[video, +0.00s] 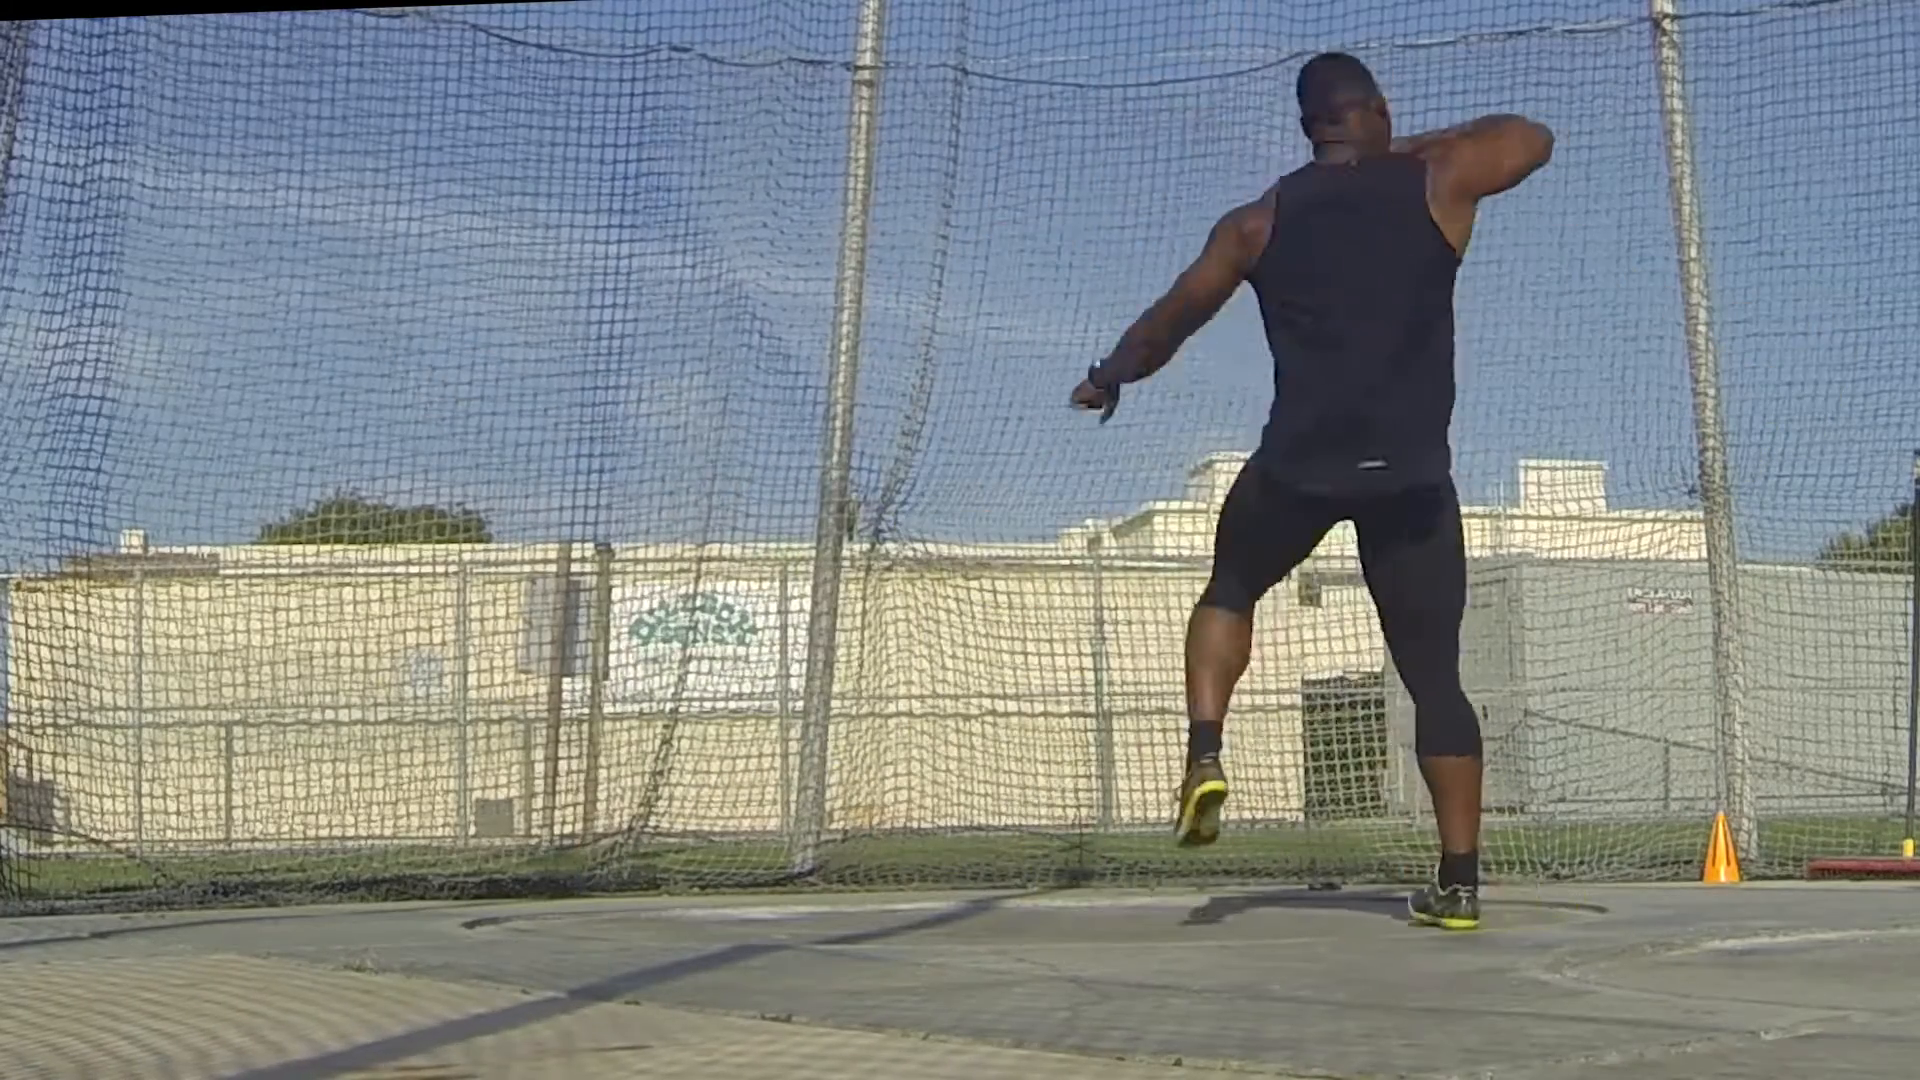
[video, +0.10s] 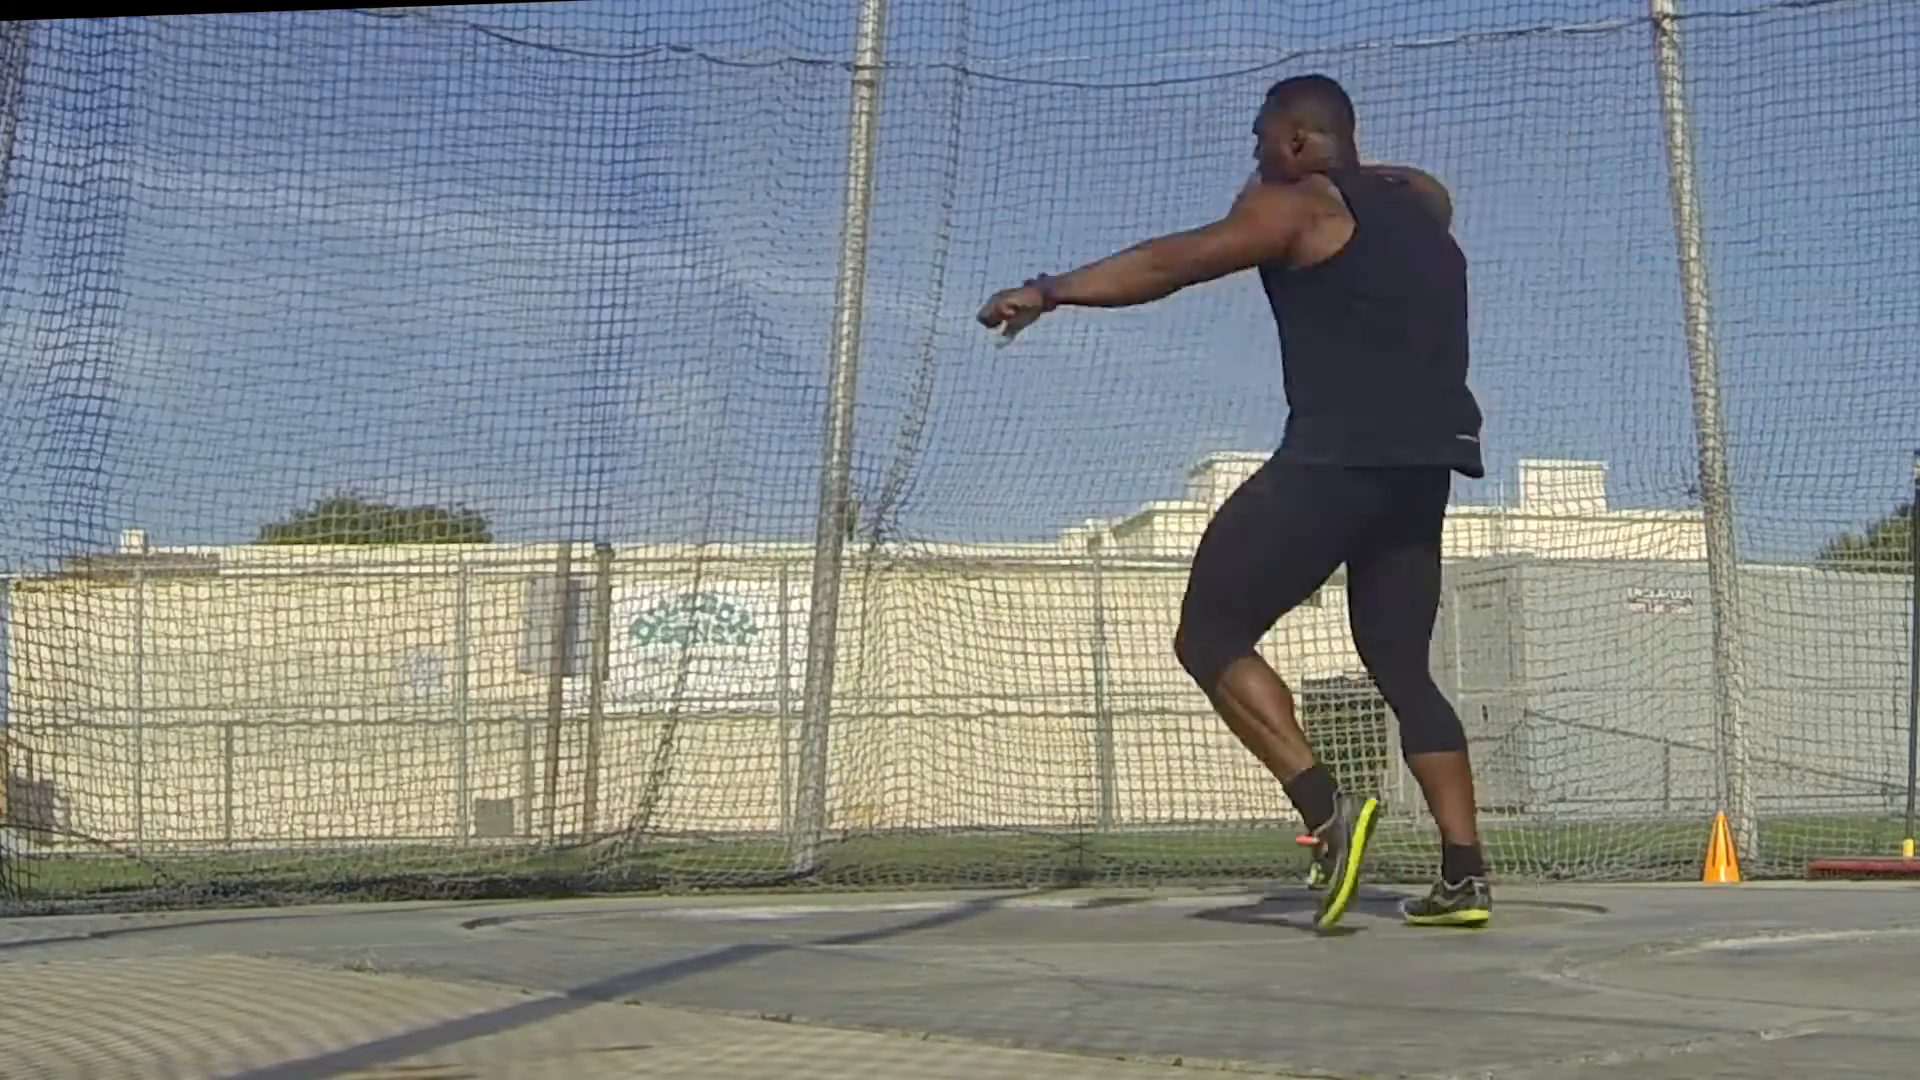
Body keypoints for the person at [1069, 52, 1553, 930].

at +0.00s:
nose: (1385, 120)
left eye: (1372, 110)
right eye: (1381, 108)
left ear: (1306, 130)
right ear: (1376, 115)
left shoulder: (1259, 220)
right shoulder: (1443, 174)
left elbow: (1173, 317)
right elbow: (1534, 138)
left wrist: (1112, 373)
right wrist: (1421, 145)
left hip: (1295, 464)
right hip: (1410, 470)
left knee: (1229, 590)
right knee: (1435, 678)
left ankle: (1205, 756)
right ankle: (1460, 883)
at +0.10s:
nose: (1264, 167)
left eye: (1268, 152)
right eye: (1263, 152)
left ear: (1300, 143)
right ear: (1349, 141)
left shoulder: (1289, 204)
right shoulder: (1421, 196)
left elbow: (1176, 261)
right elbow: (1428, 189)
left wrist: (1050, 291)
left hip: (1328, 462)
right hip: (1419, 468)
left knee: (1209, 637)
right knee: (1403, 663)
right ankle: (1467, 874)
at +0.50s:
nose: (1248, 128)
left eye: (1243, 113)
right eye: (1228, 114)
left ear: (1194, 141)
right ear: (1174, 136)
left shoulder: (1222, 238)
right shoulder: (1137, 238)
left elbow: (1208, 360)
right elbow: (1154, 355)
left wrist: (1273, 462)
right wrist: (1273, 342)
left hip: (1273, 473)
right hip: (1195, 487)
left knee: (1360, 636)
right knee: (1251, 666)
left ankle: (1351, 849)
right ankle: (1213, 875)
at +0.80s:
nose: (1105, 170)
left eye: (1084, 157)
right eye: (1115, 158)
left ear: (1052, 161)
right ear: (1126, 164)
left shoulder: (978, 259)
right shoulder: (1161, 259)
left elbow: (949, 398)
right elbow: (1180, 413)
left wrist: (975, 492)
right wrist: (1163, 503)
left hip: (1017, 505)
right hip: (1130, 508)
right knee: (1179, 675)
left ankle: (903, 867)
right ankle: (1184, 886)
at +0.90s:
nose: (1033, 168)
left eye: (1019, 155)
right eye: (1054, 155)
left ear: (999, 162)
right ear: (1076, 165)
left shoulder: (933, 248)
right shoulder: (1123, 253)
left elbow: (891, 389)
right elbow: (1148, 400)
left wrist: (897, 497)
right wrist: (1144, 509)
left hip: (970, 507)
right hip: (1081, 508)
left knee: (937, 693)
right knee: (1125, 689)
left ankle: (897, 884)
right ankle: (1152, 887)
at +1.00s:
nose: (1001, 166)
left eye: (979, 153)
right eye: (1014, 153)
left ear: (949, 160)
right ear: (1026, 160)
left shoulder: (898, 243)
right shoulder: (1084, 244)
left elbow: (829, 374)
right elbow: (1145, 381)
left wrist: (816, 468)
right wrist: (1149, 474)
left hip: (940, 512)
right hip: (1049, 511)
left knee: (920, 698)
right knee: (1088, 687)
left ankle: (895, 891)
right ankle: (1122, 880)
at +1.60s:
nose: (985, 182)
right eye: (985, 171)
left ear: (902, 168)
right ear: (977, 168)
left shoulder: (835, 252)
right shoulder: (995, 236)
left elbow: (800, 385)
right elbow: (1028, 358)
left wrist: (826, 506)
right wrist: (1073, 486)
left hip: (888, 502)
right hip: (989, 490)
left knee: (897, 692)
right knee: (1049, 665)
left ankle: (892, 888)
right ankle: (1070, 867)